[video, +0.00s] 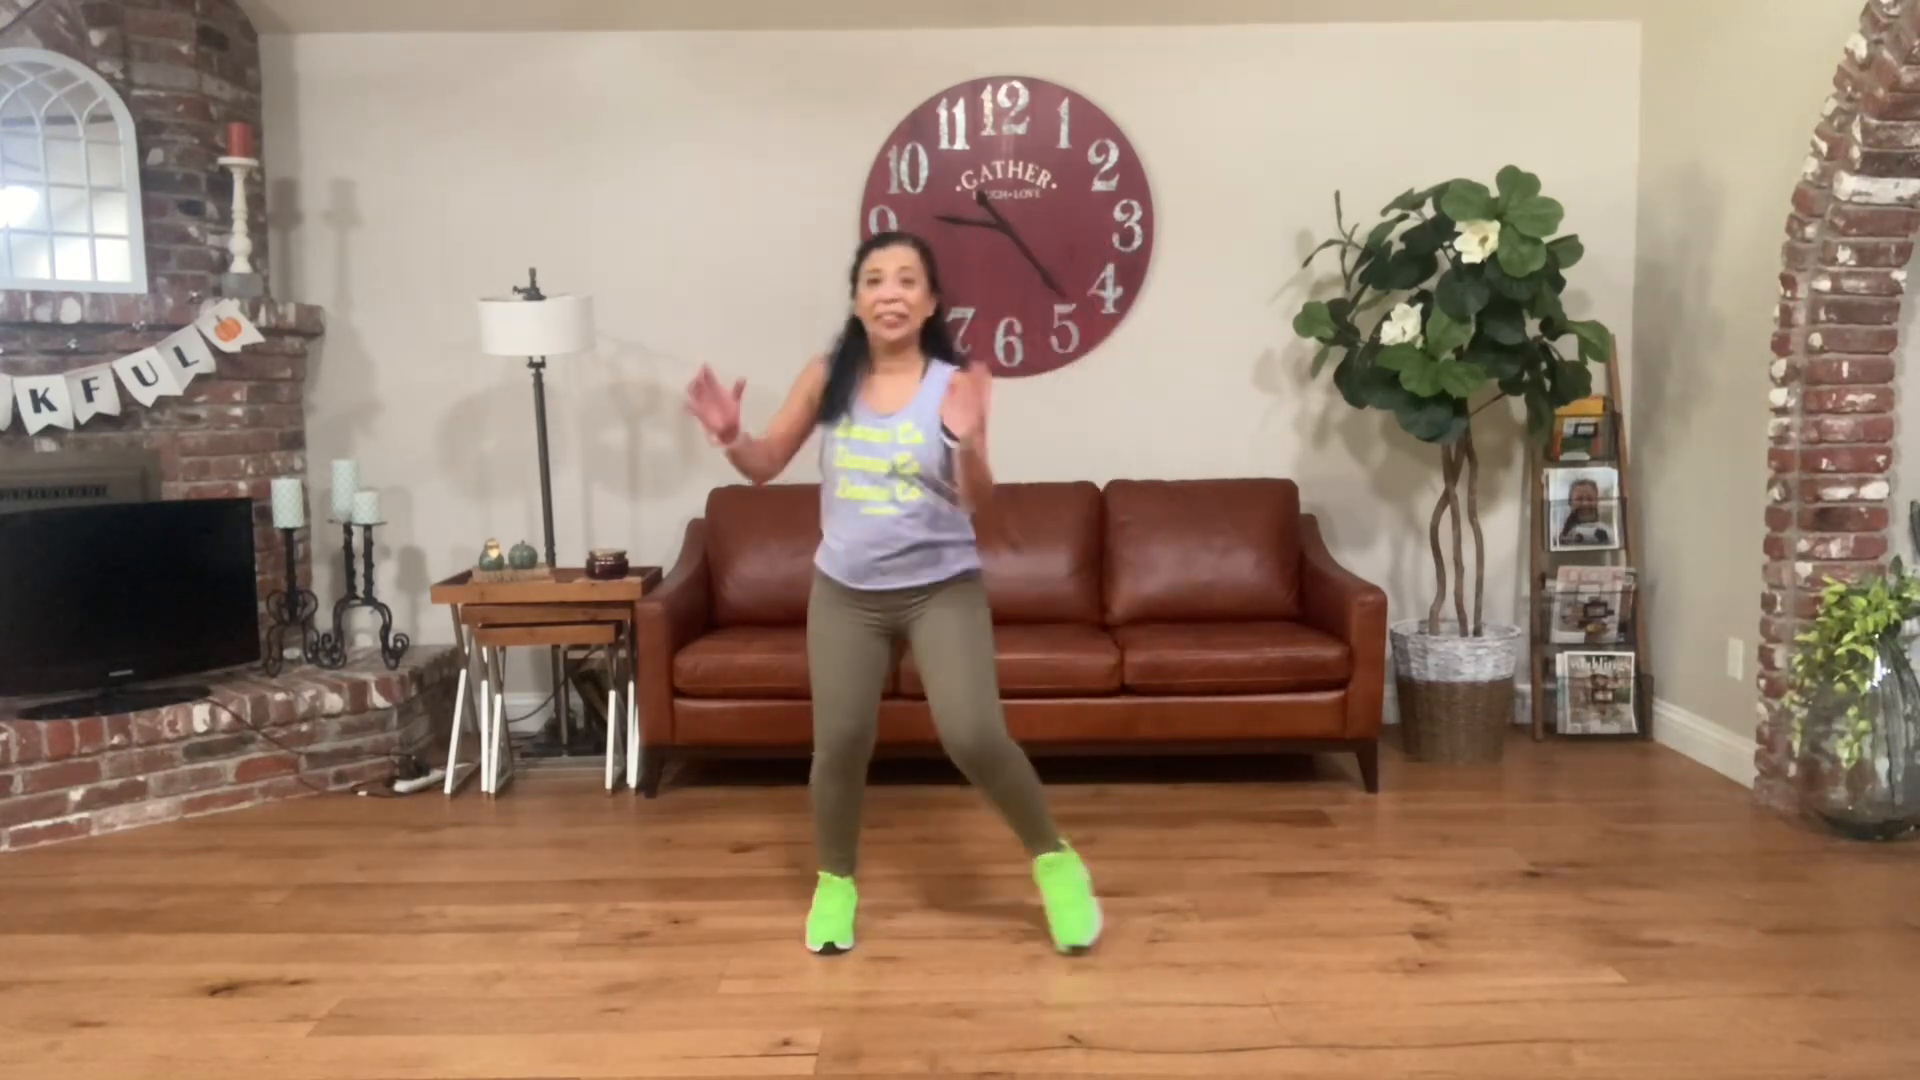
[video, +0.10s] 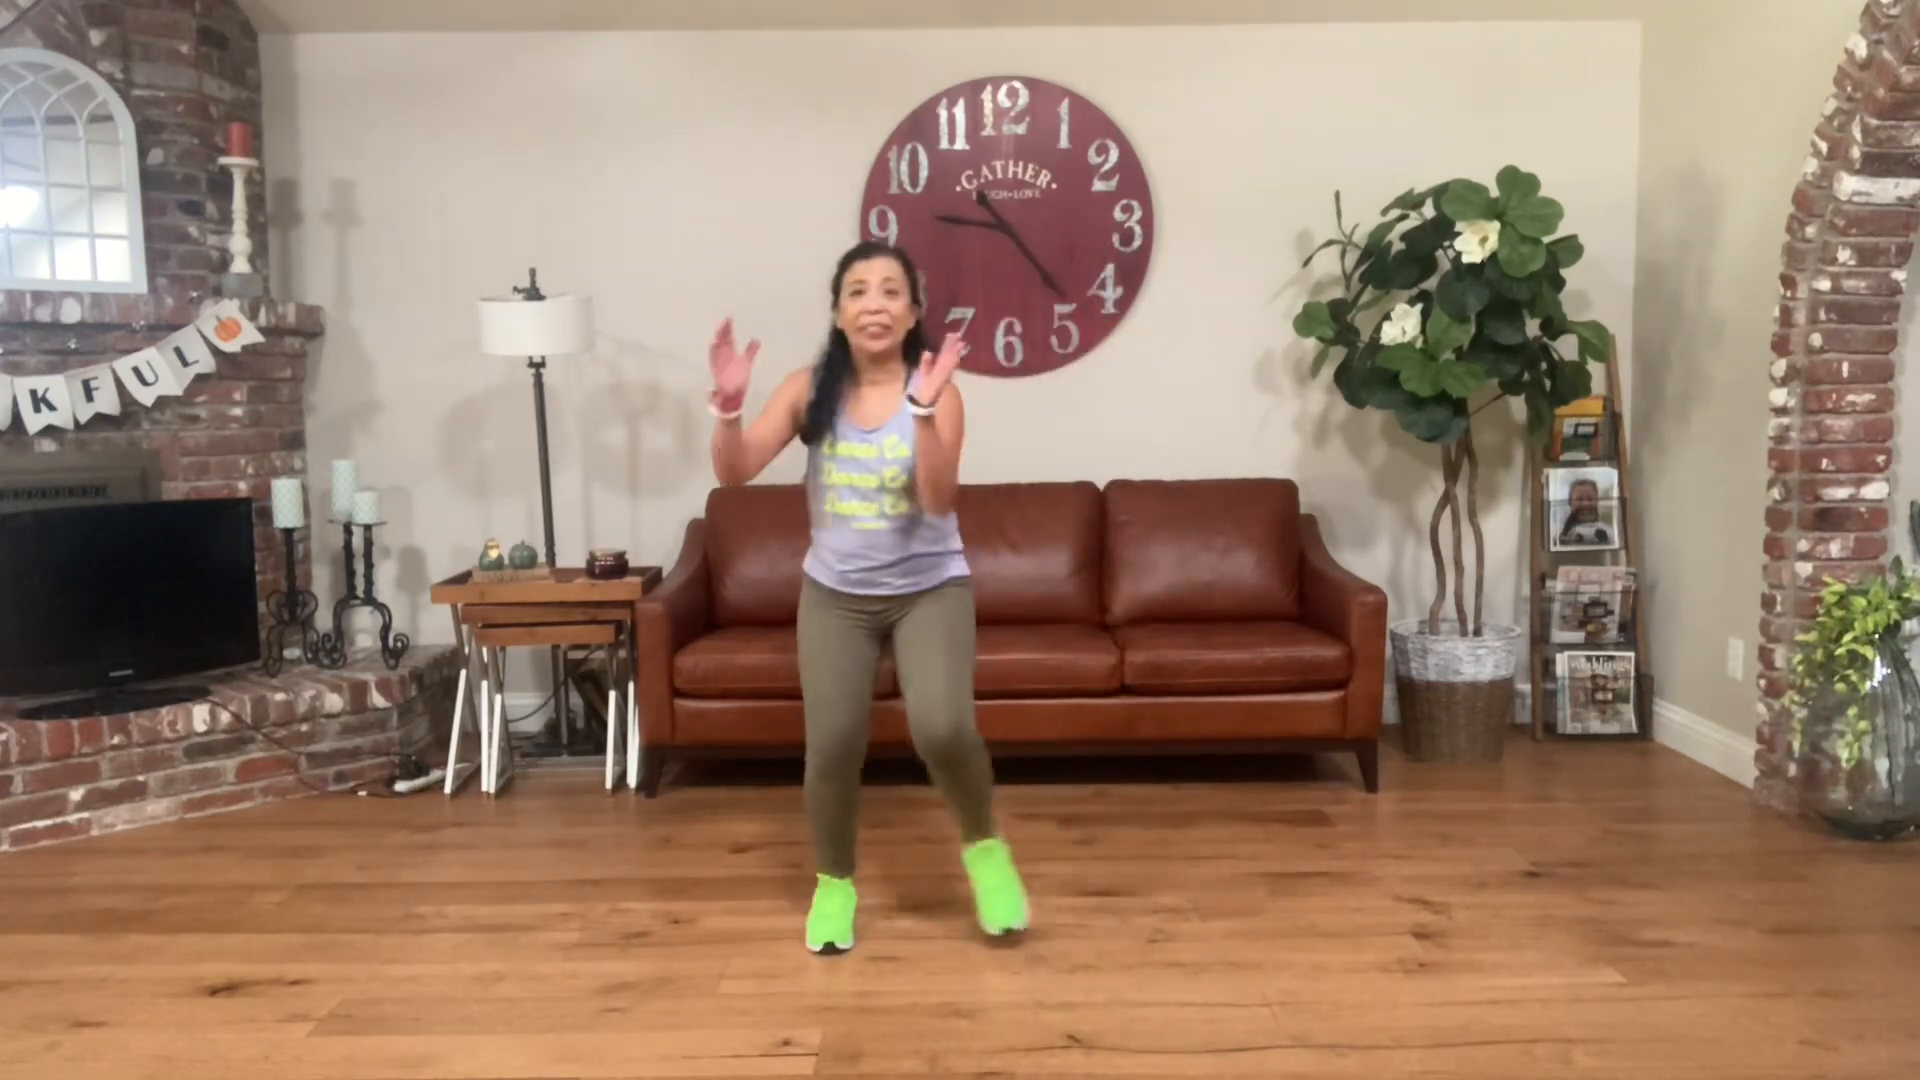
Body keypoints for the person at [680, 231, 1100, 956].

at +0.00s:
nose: (890, 295)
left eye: (907, 281)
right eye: (875, 282)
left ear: (932, 299)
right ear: (856, 299)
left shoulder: (959, 382)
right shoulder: (827, 376)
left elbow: (978, 501)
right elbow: (765, 463)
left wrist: (969, 438)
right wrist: (732, 436)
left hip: (944, 587)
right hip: (844, 590)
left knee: (972, 735)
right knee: (840, 740)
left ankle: (1053, 862)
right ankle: (835, 882)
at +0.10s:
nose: (875, 305)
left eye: (891, 292)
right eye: (858, 292)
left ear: (914, 311)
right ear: (838, 312)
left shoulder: (938, 390)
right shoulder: (811, 388)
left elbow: (939, 500)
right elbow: (735, 469)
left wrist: (927, 410)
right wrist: (728, 408)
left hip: (931, 587)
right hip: (834, 592)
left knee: (943, 729)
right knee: (832, 742)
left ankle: (985, 851)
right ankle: (834, 884)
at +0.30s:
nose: (863, 299)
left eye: (877, 285)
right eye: (845, 286)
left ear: (899, 300)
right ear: (824, 306)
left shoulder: (930, 380)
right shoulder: (800, 385)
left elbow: (930, 486)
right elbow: (786, 489)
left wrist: (864, 443)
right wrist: (825, 436)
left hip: (915, 591)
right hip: (819, 589)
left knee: (887, 746)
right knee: (824, 743)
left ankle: (883, 871)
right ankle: (834, 881)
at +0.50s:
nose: (866, 305)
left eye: (880, 291)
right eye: (848, 295)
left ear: (901, 308)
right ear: (825, 316)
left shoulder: (937, 386)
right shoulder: (807, 400)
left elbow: (981, 485)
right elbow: (773, 507)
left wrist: (953, 484)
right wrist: (810, 514)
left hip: (920, 594)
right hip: (822, 594)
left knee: (929, 739)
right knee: (826, 745)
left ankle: (895, 856)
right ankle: (834, 882)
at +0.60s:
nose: (879, 304)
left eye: (893, 292)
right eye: (861, 295)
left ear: (913, 311)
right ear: (837, 320)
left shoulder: (947, 393)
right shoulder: (819, 408)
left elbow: (979, 472)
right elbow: (776, 514)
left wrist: (986, 482)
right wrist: (799, 544)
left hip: (927, 596)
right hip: (832, 599)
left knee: (977, 727)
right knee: (830, 750)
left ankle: (940, 846)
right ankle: (834, 885)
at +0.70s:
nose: (897, 290)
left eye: (910, 278)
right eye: (879, 281)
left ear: (932, 297)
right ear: (856, 306)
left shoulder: (964, 383)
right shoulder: (839, 399)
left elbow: (989, 461)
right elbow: (793, 498)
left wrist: (1012, 472)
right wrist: (795, 537)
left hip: (943, 590)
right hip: (846, 589)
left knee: (1005, 729)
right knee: (843, 745)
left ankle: (1024, 861)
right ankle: (835, 885)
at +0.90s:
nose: (949, 284)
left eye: (962, 272)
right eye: (930, 276)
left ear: (983, 293)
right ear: (908, 305)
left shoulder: (1018, 373)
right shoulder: (897, 390)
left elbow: (1043, 449)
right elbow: (840, 478)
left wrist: (1102, 452)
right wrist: (800, 493)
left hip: (1008, 596)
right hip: (913, 591)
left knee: (1050, 747)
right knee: (877, 746)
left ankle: (1095, 885)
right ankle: (838, 883)